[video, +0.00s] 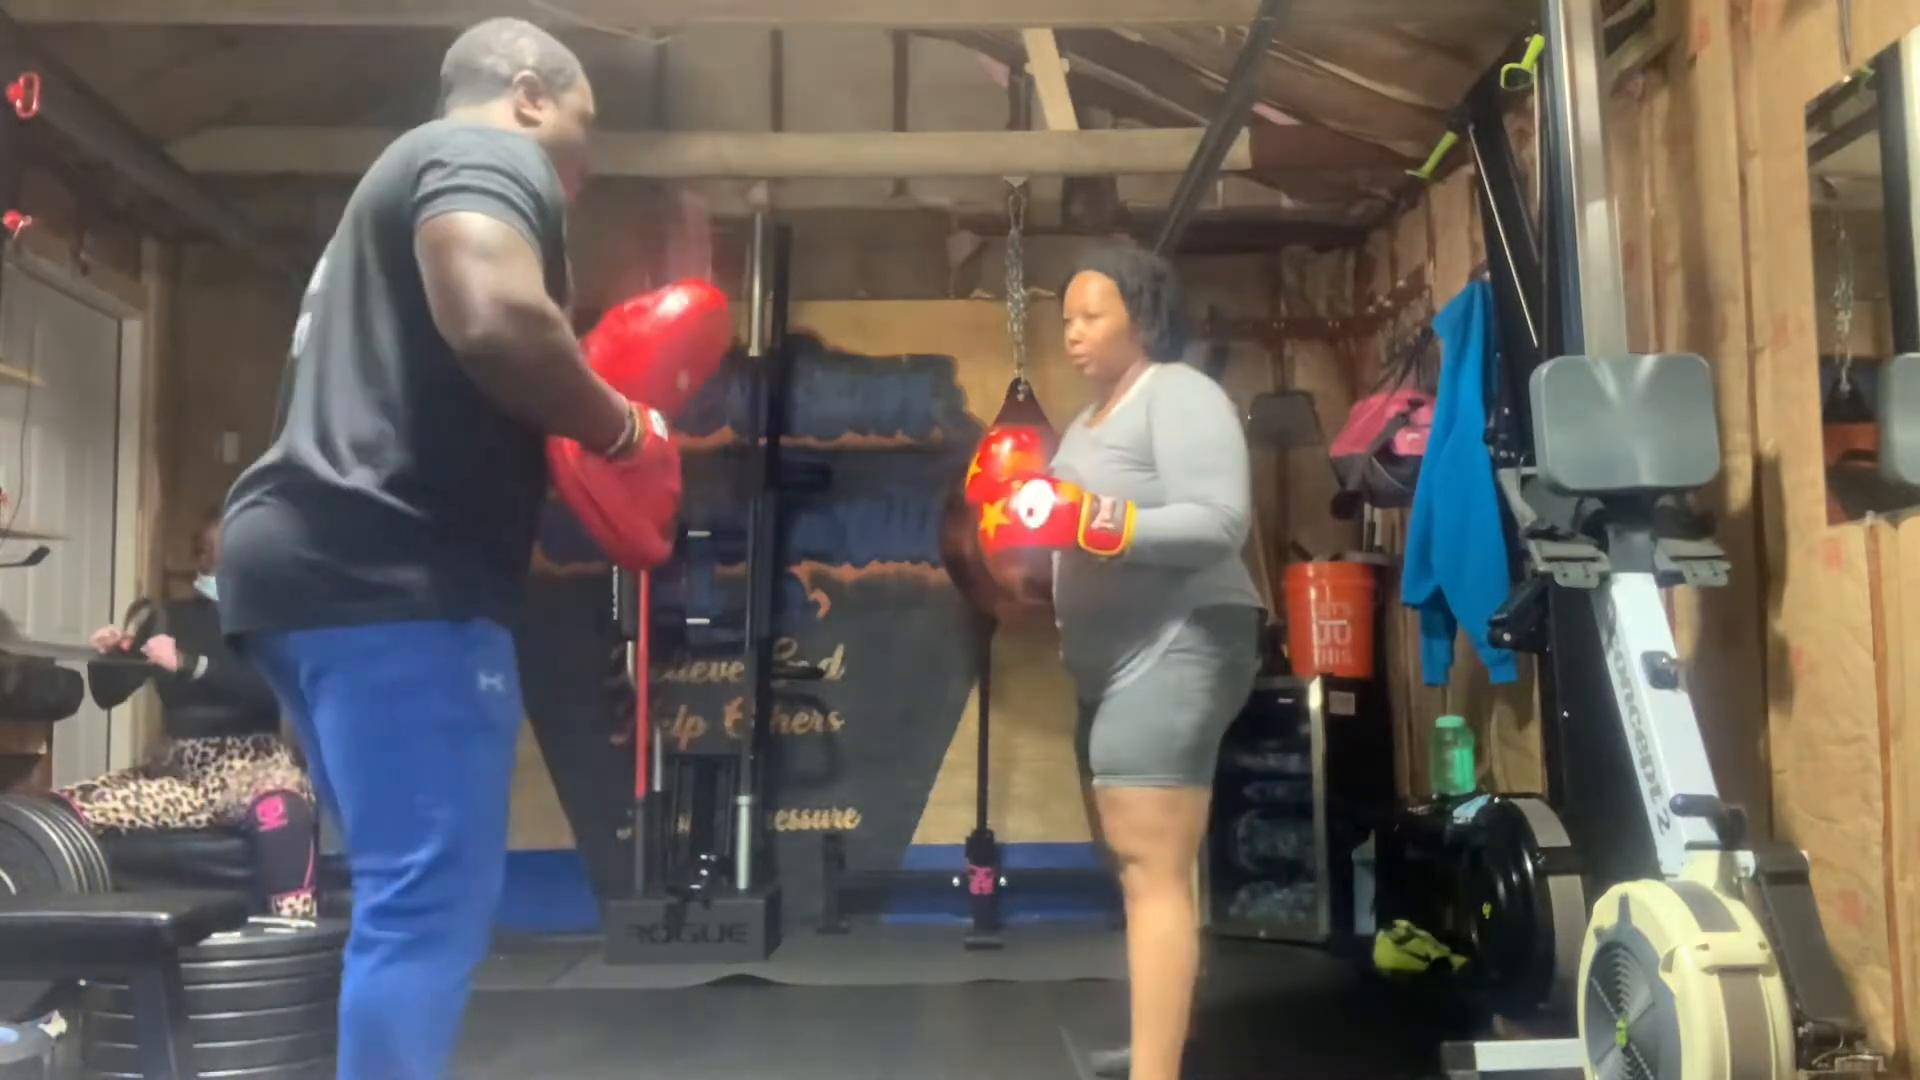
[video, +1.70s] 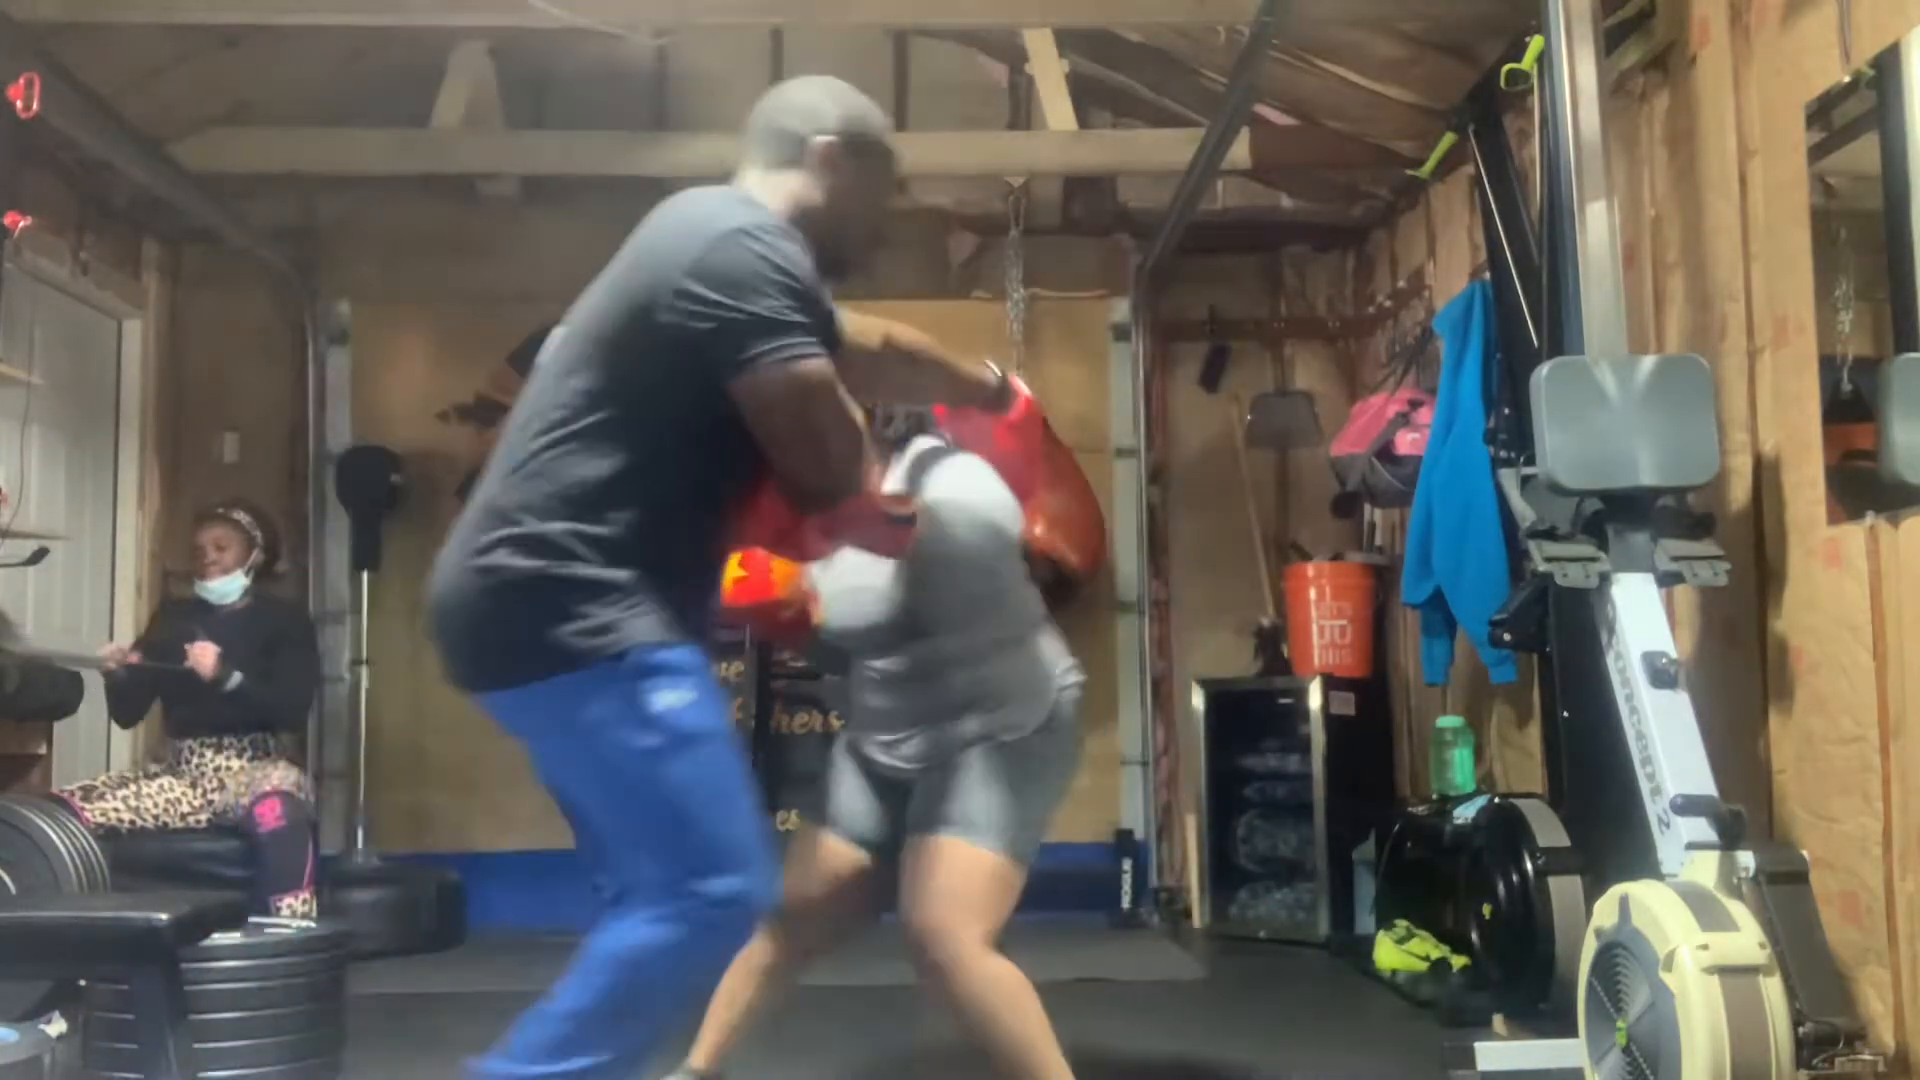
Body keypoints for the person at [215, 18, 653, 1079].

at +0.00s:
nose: (580, 160)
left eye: (586, 136)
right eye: (579, 128)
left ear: (471, 97)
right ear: (527, 94)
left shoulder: (402, 175)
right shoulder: (476, 149)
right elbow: (492, 319)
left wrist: (575, 406)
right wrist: (620, 428)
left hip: (308, 558)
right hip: (388, 562)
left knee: (405, 899)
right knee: (426, 906)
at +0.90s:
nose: (622, 161)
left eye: (630, 136)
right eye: (623, 128)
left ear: (538, 89)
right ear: (568, 87)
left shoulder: (497, 200)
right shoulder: (459, 172)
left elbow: (506, 411)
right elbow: (515, 393)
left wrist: (591, 314)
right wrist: (646, 429)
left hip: (468, 616)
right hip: (386, 608)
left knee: (534, 895)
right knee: (382, 928)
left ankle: (521, 1069)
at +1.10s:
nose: (684, 169)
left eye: (691, 143)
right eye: (684, 137)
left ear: (609, 105)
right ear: (629, 100)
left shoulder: (564, 222)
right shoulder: (506, 176)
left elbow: (607, 367)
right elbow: (518, 381)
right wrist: (665, 428)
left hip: (487, 621)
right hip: (379, 602)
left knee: (538, 904)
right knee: (335, 920)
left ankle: (524, 1073)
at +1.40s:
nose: (676, 209)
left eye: (683, 182)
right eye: (677, 175)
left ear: (585, 130)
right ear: (626, 132)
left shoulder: (557, 247)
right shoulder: (516, 220)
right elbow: (567, 438)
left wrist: (652, 410)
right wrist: (670, 501)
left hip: (488, 658)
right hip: (380, 644)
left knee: (607, 859)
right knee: (270, 949)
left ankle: (557, 1069)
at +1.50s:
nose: (724, 210)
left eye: (729, 186)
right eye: (723, 180)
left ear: (611, 141)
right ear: (670, 144)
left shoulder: (545, 233)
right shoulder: (593, 244)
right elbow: (701, 488)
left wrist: (713, 370)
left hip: (511, 656)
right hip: (421, 645)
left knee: (625, 864)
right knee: (295, 949)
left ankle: (574, 1071)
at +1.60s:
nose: (795, 210)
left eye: (799, 185)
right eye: (792, 180)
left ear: (694, 147)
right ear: (741, 149)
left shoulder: (640, 228)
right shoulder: (684, 243)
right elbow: (780, 471)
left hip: (569, 629)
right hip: (477, 618)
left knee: (643, 885)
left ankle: (579, 1069)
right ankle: (269, 1078)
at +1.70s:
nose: (881, 215)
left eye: (887, 191)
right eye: (880, 186)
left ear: (793, 158)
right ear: (826, 160)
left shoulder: (708, 227)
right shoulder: (745, 252)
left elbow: (853, 344)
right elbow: (833, 469)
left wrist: (968, 379)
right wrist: (855, 429)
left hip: (529, 591)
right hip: (571, 596)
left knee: (656, 889)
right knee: (719, 893)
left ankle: (559, 1069)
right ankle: (526, 1073)